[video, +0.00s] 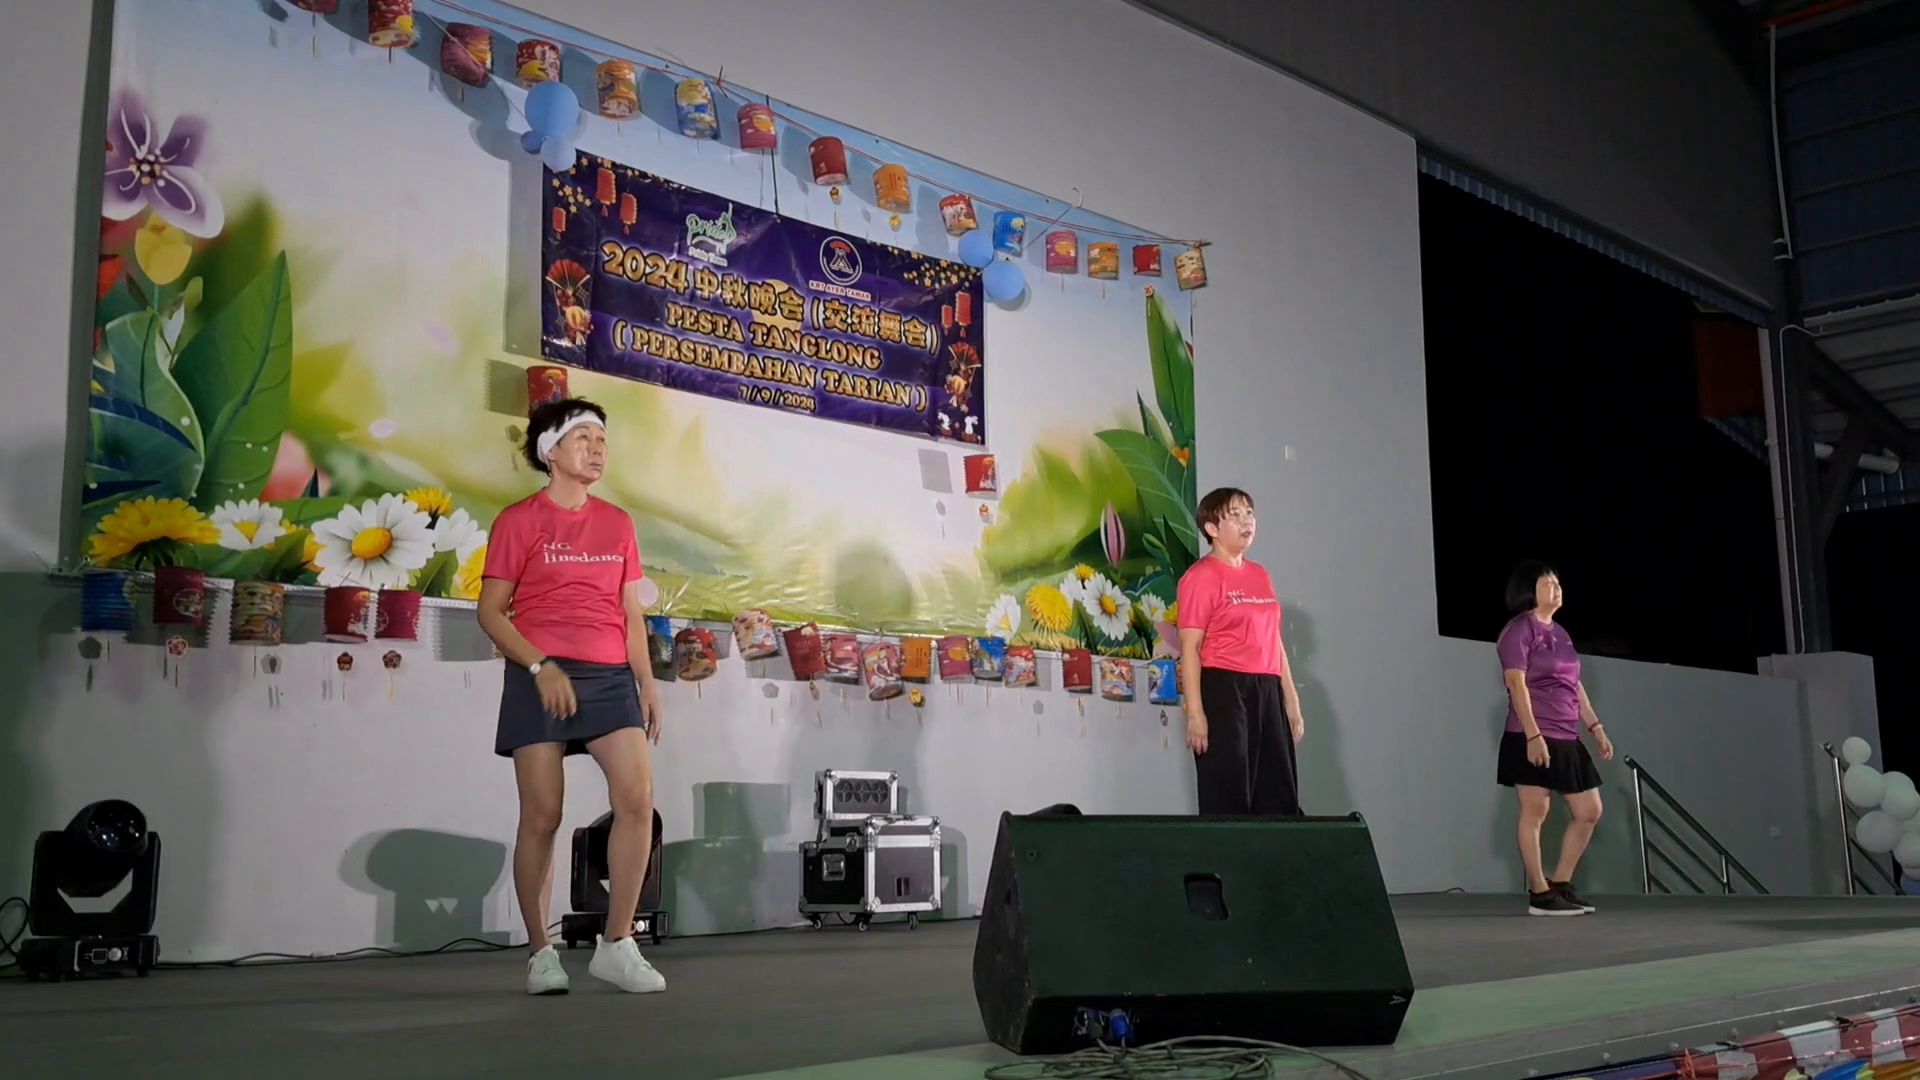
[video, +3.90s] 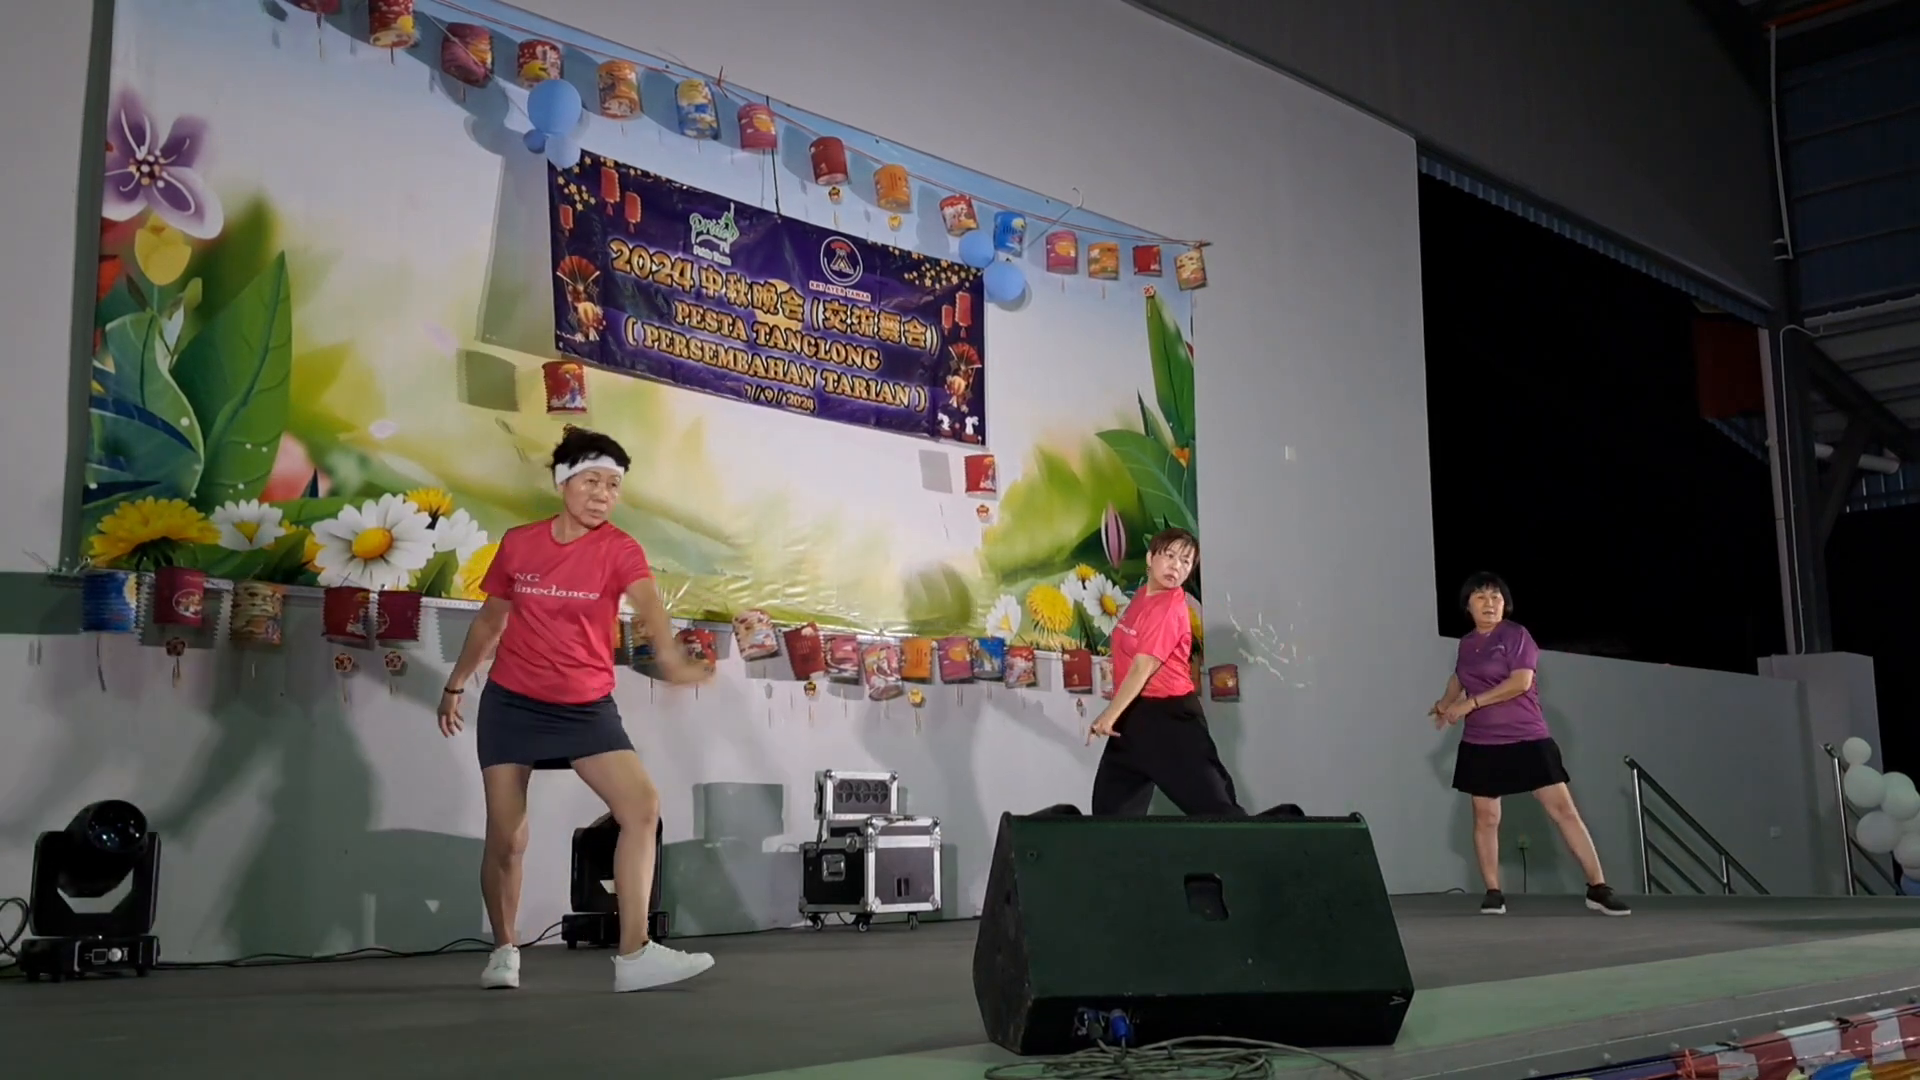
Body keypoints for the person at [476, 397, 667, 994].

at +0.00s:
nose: (596, 448)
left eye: (601, 440)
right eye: (583, 438)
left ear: (606, 453)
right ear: (551, 448)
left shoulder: (617, 523)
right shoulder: (518, 520)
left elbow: (632, 614)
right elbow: (491, 612)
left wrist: (646, 684)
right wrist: (539, 664)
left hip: (611, 681)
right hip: (538, 678)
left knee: (637, 800)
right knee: (542, 813)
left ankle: (617, 942)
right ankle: (542, 949)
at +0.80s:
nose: (583, 446)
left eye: (589, 438)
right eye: (570, 436)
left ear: (595, 449)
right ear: (538, 447)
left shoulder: (609, 521)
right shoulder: (515, 514)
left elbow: (651, 603)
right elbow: (502, 591)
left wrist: (710, 661)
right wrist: (516, 648)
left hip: (602, 676)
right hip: (534, 673)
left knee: (624, 807)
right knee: (537, 815)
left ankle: (609, 951)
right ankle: (542, 949)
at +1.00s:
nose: (580, 448)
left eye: (587, 438)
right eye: (566, 438)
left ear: (593, 450)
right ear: (536, 450)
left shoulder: (611, 523)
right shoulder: (513, 516)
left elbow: (664, 591)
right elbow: (503, 580)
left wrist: (731, 586)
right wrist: (540, 577)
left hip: (600, 676)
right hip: (530, 674)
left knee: (624, 807)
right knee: (536, 816)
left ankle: (610, 950)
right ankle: (542, 950)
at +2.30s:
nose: (581, 438)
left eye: (586, 430)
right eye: (568, 428)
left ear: (593, 444)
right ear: (537, 442)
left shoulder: (616, 517)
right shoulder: (515, 512)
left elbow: (648, 599)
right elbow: (500, 595)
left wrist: (686, 668)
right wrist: (512, 661)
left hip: (607, 677)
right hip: (538, 674)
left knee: (619, 810)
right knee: (539, 813)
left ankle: (610, 952)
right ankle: (541, 950)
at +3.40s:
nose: (592, 466)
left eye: (599, 455)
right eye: (580, 454)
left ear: (606, 461)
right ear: (546, 457)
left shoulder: (619, 526)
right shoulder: (507, 528)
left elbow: (645, 607)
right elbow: (484, 616)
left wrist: (667, 608)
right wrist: (438, 656)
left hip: (604, 684)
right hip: (530, 683)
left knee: (623, 809)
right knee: (531, 827)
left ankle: (594, 951)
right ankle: (512, 930)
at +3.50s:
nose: (584, 482)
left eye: (594, 472)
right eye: (572, 469)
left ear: (601, 478)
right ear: (544, 470)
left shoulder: (615, 539)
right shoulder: (504, 540)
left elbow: (634, 623)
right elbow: (477, 632)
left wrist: (627, 649)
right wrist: (427, 704)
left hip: (596, 697)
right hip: (519, 696)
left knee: (624, 811)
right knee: (510, 836)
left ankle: (593, 949)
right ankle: (503, 945)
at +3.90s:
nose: (602, 493)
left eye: (612, 484)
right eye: (591, 480)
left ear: (619, 491)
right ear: (562, 484)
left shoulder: (620, 550)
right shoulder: (518, 544)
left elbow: (653, 613)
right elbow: (490, 621)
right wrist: (457, 682)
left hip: (586, 709)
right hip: (511, 703)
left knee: (641, 808)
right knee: (507, 839)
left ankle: (635, 950)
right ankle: (506, 947)